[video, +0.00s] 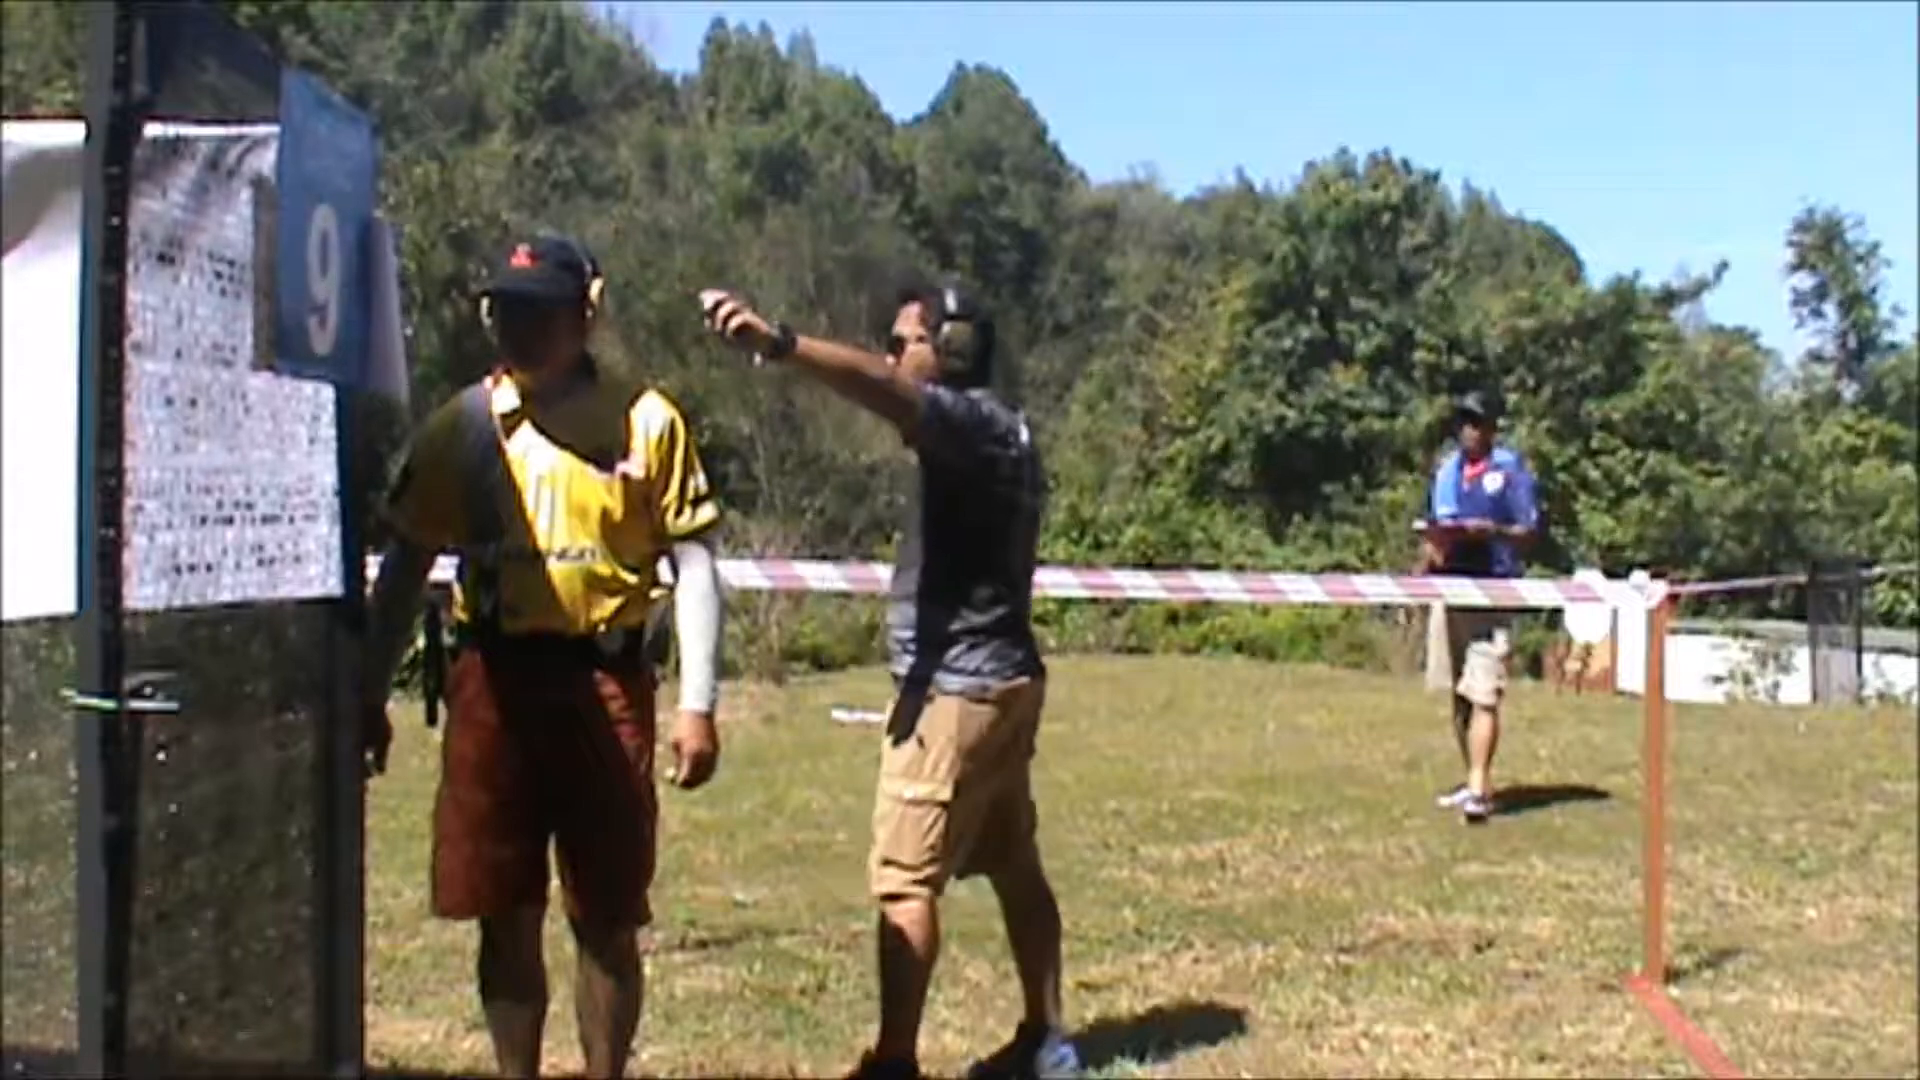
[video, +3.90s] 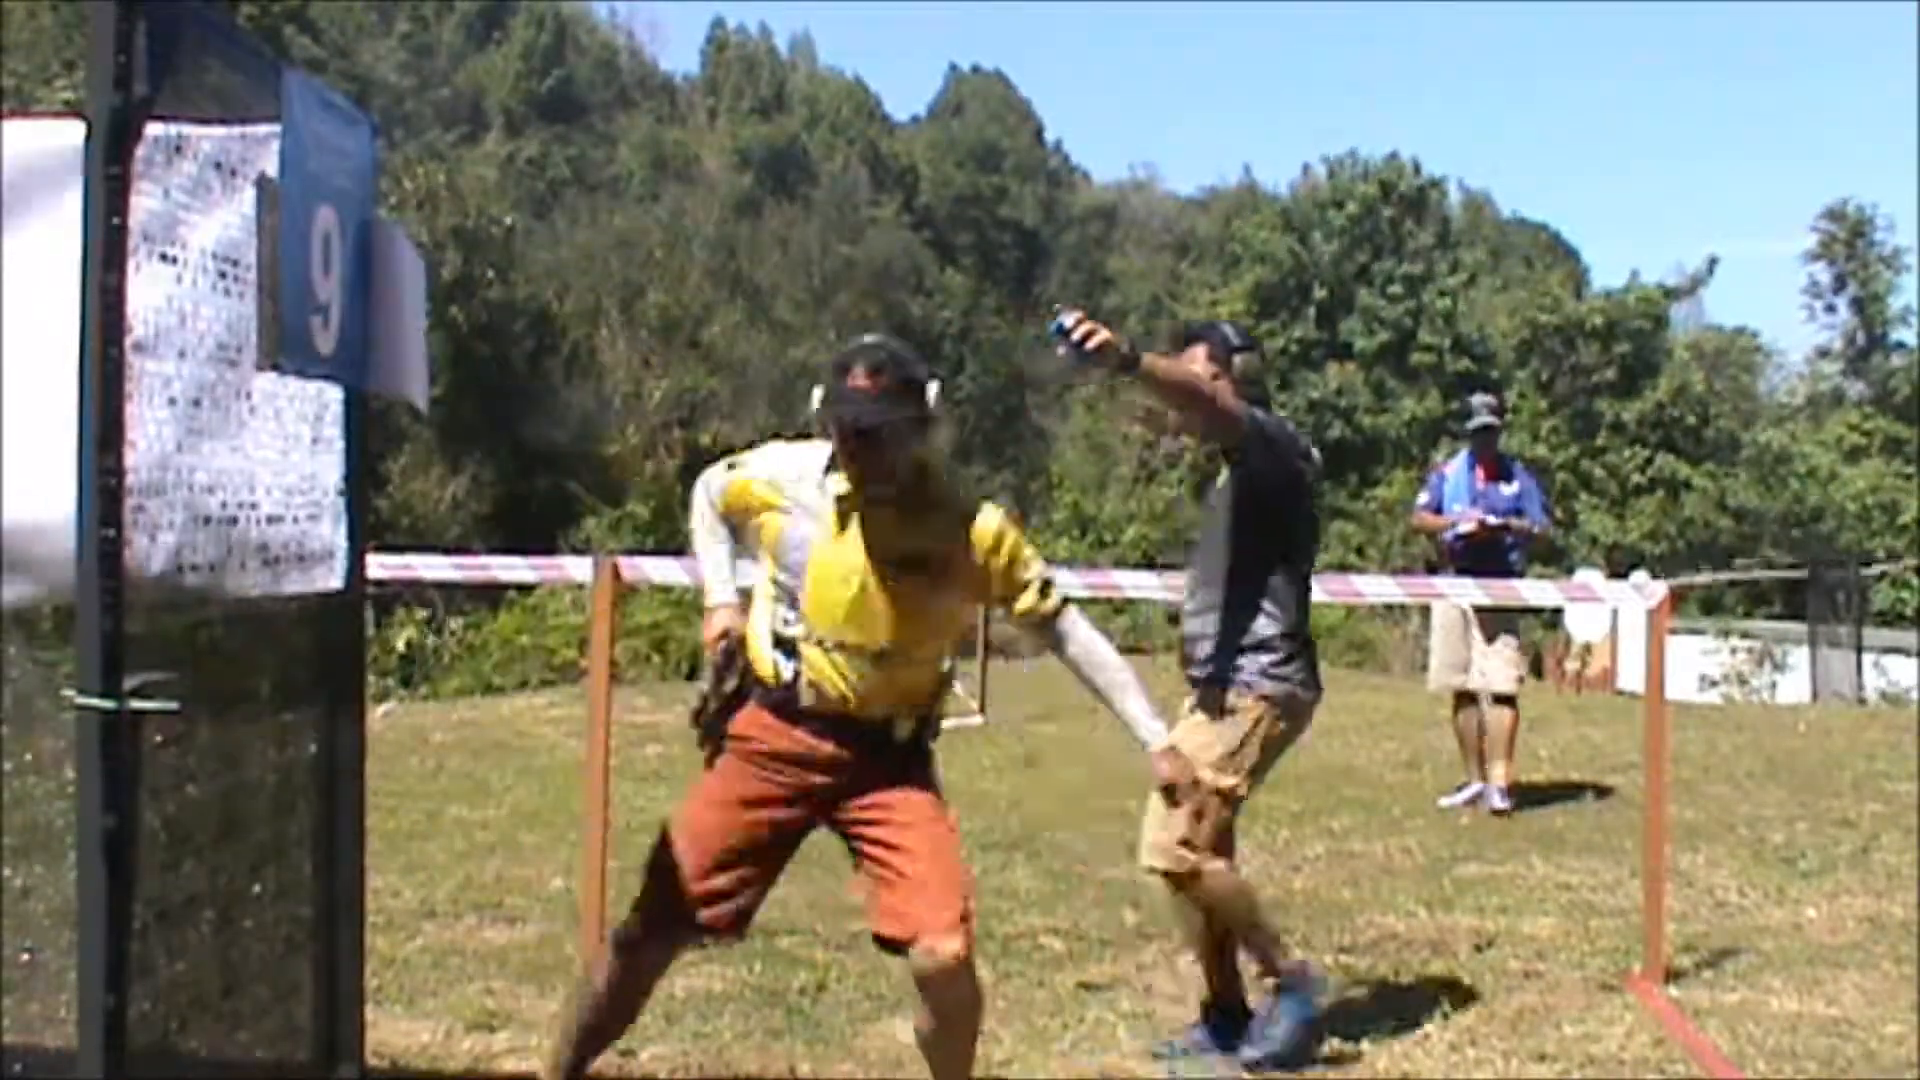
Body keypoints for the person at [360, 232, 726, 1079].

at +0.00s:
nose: (516, 327)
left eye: (537, 312)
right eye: (505, 309)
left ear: (585, 318)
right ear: (491, 313)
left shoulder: (647, 423)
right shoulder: (464, 426)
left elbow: (694, 564)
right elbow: (406, 564)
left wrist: (697, 700)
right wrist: (370, 695)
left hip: (607, 692)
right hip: (495, 692)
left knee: (607, 925)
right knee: (504, 917)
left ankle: (605, 1072)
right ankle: (517, 1073)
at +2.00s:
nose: (519, 338)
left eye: (539, 323)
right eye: (507, 320)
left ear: (586, 323)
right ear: (490, 317)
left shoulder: (645, 424)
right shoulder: (463, 426)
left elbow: (693, 565)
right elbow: (405, 565)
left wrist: (695, 701)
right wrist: (369, 695)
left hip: (606, 692)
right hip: (495, 693)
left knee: (607, 923)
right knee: (503, 914)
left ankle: (607, 1071)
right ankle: (517, 1072)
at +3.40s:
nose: (580, 433)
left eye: (595, 416)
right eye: (562, 416)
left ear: (624, 394)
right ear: (531, 394)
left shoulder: (671, 461)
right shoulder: (490, 432)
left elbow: (752, 583)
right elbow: (425, 475)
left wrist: (813, 718)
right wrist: (436, 583)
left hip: (645, 702)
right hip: (526, 698)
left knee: (724, 898)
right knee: (493, 922)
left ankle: (719, 1061)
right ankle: (509, 1072)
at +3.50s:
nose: (594, 453)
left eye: (610, 435)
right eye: (575, 437)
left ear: (638, 411)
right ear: (545, 413)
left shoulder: (685, 481)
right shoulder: (495, 455)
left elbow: (766, 594)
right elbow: (455, 522)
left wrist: (818, 723)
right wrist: (479, 649)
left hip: (664, 714)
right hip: (541, 712)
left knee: (757, 909)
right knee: (491, 928)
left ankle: (789, 1048)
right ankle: (503, 1071)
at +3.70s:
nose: (704, 512)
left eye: (712, 491)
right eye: (682, 500)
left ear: (726, 467)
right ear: (638, 485)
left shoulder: (772, 547)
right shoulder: (581, 514)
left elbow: (843, 644)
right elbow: (531, 551)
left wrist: (916, 759)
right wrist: (552, 665)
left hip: (736, 769)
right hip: (613, 763)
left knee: (850, 946)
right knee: (538, 957)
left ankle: (916, 1070)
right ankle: (525, 1071)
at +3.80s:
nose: (811, 500)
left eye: (826, 481)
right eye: (789, 483)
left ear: (848, 464)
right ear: (748, 466)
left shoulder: (885, 552)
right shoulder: (693, 502)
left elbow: (975, 646)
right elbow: (617, 522)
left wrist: (1063, 756)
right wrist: (635, 637)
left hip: (815, 780)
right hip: (690, 763)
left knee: (909, 951)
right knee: (583, 948)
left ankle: (927, 1072)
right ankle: (537, 1070)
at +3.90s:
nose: (863, 450)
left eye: (883, 432)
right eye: (848, 432)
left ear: (924, 430)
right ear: (830, 425)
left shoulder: (975, 534)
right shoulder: (787, 475)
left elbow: (1068, 628)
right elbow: (710, 492)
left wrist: (1157, 742)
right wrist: (721, 599)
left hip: (890, 763)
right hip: (769, 740)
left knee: (946, 961)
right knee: (648, 936)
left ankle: (954, 1076)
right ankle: (562, 1066)